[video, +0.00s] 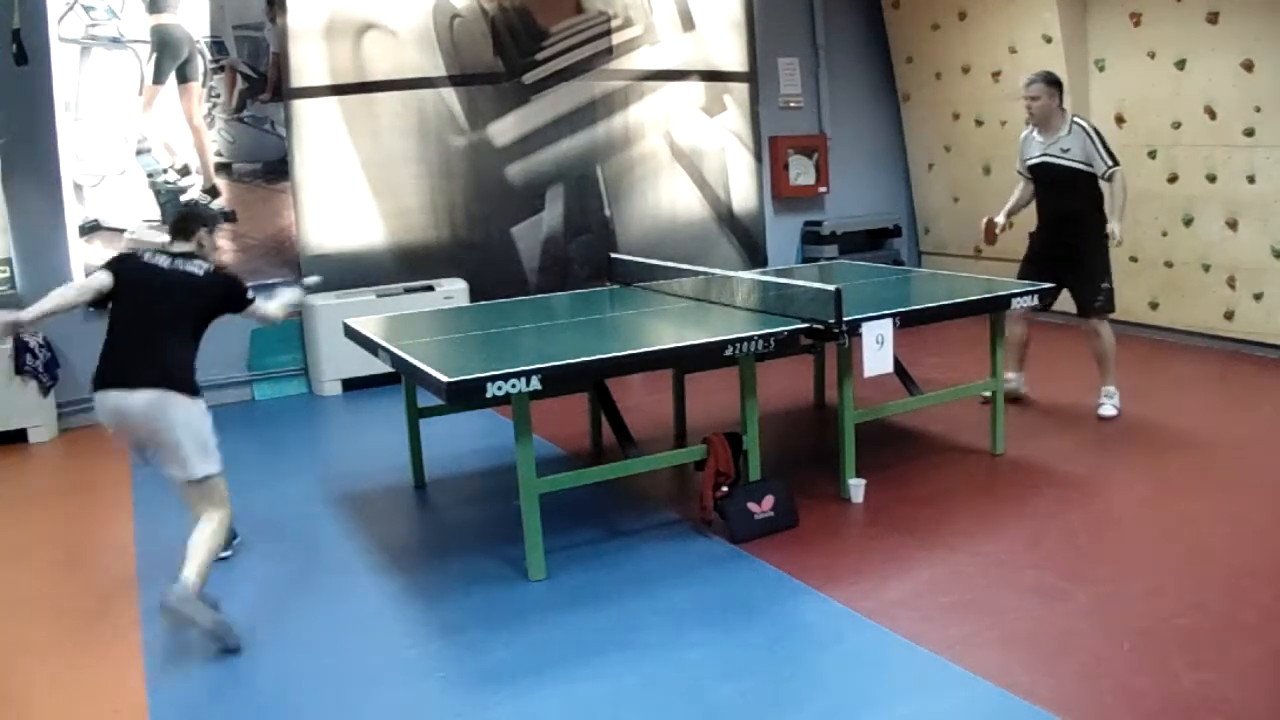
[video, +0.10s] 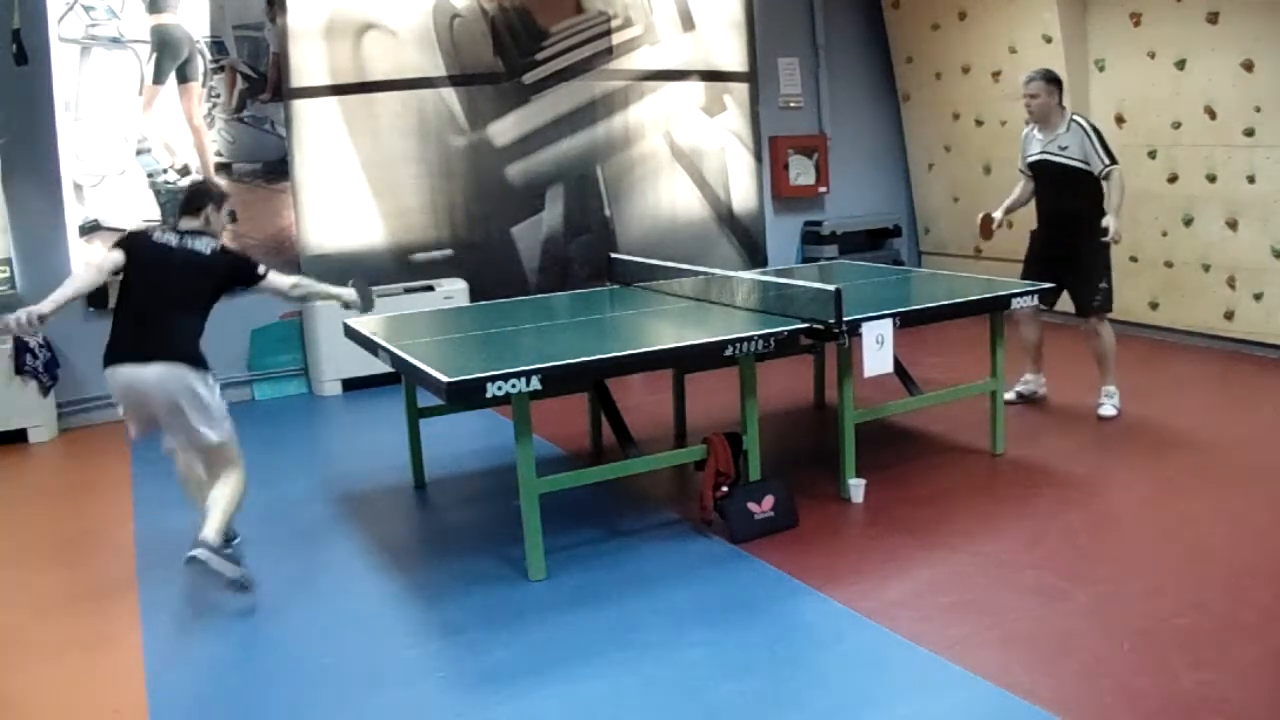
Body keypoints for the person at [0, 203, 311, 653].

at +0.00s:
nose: (222, 243)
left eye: (221, 234)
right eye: (219, 235)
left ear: (172, 233)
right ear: (202, 236)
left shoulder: (129, 264)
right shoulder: (216, 280)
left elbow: (82, 290)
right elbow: (268, 313)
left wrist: (26, 317)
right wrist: (287, 298)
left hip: (111, 397)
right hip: (170, 399)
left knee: (182, 463)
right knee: (214, 508)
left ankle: (214, 537)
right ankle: (187, 589)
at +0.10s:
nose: (230, 225)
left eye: (229, 217)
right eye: (227, 217)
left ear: (180, 211)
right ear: (209, 215)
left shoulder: (138, 240)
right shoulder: (223, 259)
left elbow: (92, 271)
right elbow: (289, 286)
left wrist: (42, 309)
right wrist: (341, 293)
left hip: (122, 370)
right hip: (176, 370)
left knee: (180, 446)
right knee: (229, 465)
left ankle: (217, 529)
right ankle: (209, 541)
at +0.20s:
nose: (240, 193)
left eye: (240, 185)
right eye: (238, 185)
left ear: (197, 181)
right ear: (221, 184)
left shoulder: (147, 217)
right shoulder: (230, 232)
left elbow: (99, 258)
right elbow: (293, 269)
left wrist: (50, 301)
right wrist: (340, 282)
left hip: (130, 347)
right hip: (181, 343)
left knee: (188, 425)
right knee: (244, 421)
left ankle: (212, 521)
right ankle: (244, 519)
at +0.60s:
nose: (249, 183)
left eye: (250, 175)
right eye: (243, 175)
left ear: (210, 177)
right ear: (217, 175)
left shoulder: (173, 214)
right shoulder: (221, 222)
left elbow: (192, 278)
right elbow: (264, 291)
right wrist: (310, 306)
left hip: (151, 338)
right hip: (193, 338)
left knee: (198, 406)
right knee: (274, 403)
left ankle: (178, 501)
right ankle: (301, 502)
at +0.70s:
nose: (252, 178)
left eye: (253, 170)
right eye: (246, 169)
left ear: (214, 172)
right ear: (219, 170)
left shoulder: (177, 209)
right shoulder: (220, 217)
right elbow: (251, 289)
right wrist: (299, 308)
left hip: (153, 333)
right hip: (193, 334)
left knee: (198, 407)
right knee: (274, 404)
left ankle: (178, 504)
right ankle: (298, 510)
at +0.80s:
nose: (262, 174)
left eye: (262, 166)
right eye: (255, 167)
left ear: (223, 171)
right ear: (227, 169)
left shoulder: (189, 205)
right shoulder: (227, 215)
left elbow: (177, 272)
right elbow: (249, 289)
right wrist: (298, 310)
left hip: (160, 331)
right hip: (199, 333)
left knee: (199, 408)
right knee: (271, 412)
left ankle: (178, 504)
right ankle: (291, 521)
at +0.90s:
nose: (276, 175)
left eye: (276, 167)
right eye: (269, 167)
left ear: (234, 170)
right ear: (242, 169)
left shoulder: (200, 206)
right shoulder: (240, 217)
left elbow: (187, 269)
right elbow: (255, 290)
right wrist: (303, 311)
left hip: (169, 330)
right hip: (209, 333)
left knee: (204, 410)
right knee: (272, 422)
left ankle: (179, 504)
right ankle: (284, 535)